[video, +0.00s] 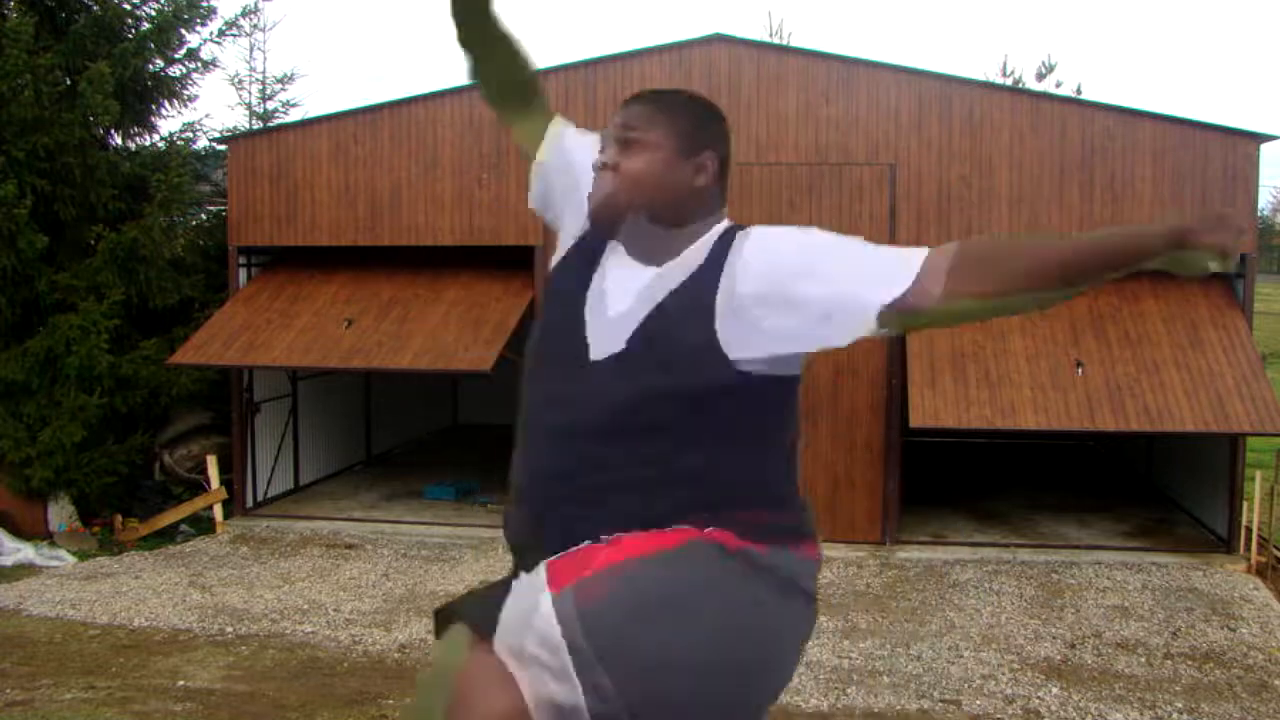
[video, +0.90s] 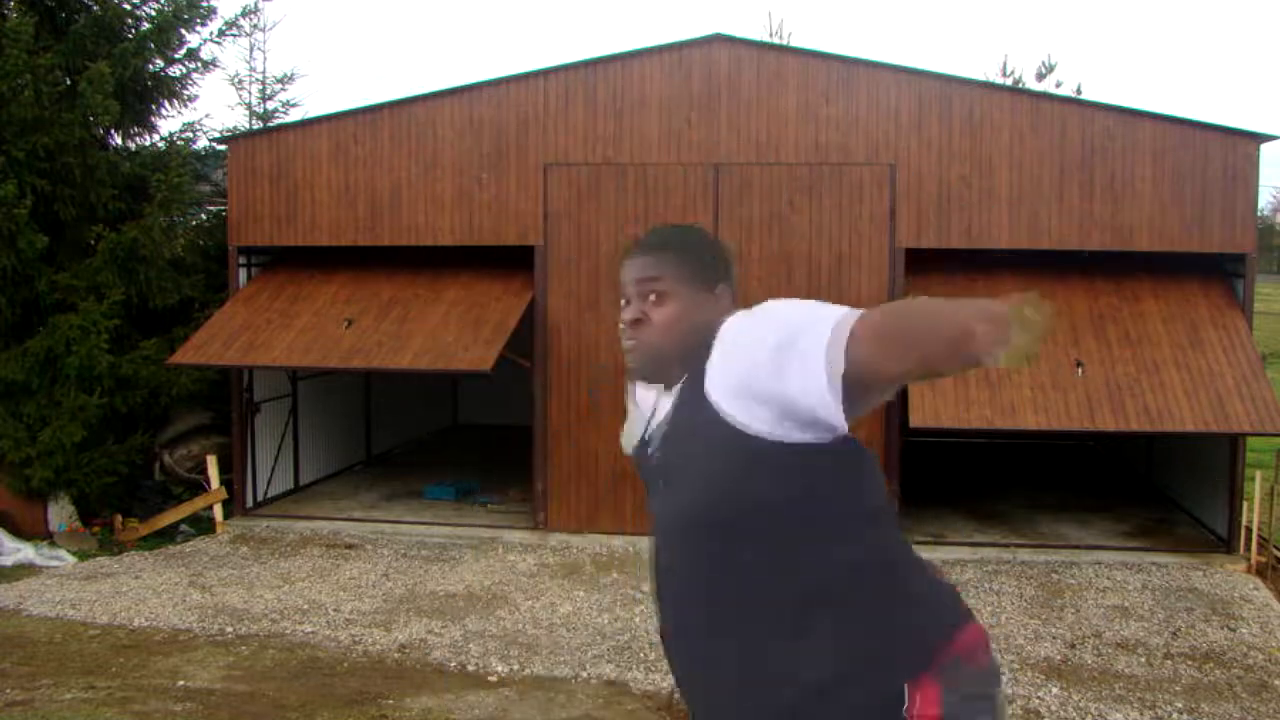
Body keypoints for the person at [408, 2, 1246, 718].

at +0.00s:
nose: (604, 160)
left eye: (629, 148)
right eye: (607, 145)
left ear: (702, 172)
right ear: (613, 167)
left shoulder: (760, 262)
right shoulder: (588, 223)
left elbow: (947, 273)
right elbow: (517, 105)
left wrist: (1144, 244)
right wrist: (471, 11)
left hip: (724, 571)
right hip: (581, 579)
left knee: (490, 664)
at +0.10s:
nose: (658, 108)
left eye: (685, 89)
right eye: (657, 91)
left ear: (758, 108)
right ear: (654, 108)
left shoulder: (824, 193)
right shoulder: (638, 205)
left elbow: (1030, 240)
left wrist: (1227, 219)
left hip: (795, 541)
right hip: (661, 545)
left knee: (603, 701)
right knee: (559, 705)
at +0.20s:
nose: (676, 139)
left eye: (705, 122)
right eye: (676, 124)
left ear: (781, 140)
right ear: (675, 142)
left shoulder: (853, 227)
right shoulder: (671, 224)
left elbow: (1048, 327)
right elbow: (675, 144)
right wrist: (747, 65)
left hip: (796, 612)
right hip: (634, 600)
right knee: (536, 652)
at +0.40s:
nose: (678, 170)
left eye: (707, 155)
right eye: (674, 154)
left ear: (774, 177)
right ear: (662, 167)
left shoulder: (825, 280)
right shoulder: (620, 240)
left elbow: (836, 444)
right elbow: (508, 220)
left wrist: (669, 451)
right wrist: (457, 62)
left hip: (715, 645)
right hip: (556, 597)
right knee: (481, 701)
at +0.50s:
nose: (681, 244)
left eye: (705, 222)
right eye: (670, 223)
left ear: (768, 228)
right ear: (660, 222)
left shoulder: (823, 268)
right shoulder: (664, 256)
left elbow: (803, 315)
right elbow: (541, 190)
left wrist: (694, 291)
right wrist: (412, 78)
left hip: (769, 653)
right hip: (641, 627)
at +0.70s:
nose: (615, 272)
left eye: (640, 255)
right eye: (609, 255)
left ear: (700, 262)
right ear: (603, 264)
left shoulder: (718, 309)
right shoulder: (640, 355)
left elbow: (897, 291)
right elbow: (747, 282)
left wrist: (1049, 243)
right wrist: (725, 211)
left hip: (879, 626)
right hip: (778, 676)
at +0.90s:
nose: (629, 315)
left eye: (653, 296)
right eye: (624, 302)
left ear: (721, 302)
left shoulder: (754, 347)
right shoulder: (655, 405)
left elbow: (867, 341)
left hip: (908, 684)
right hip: (772, 697)